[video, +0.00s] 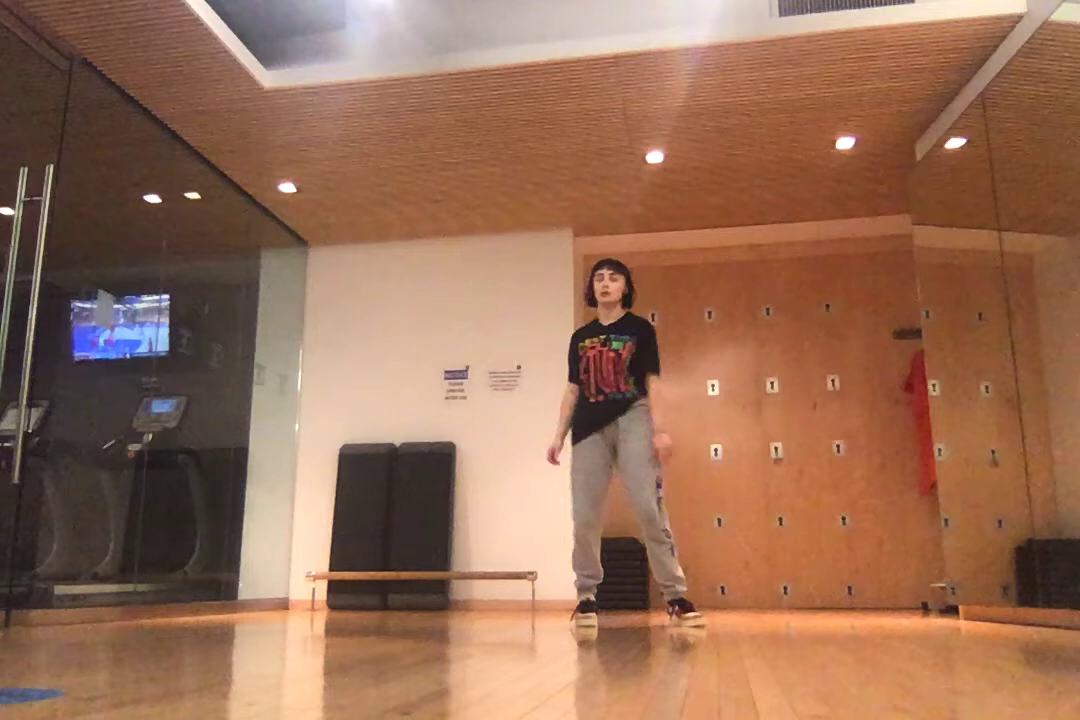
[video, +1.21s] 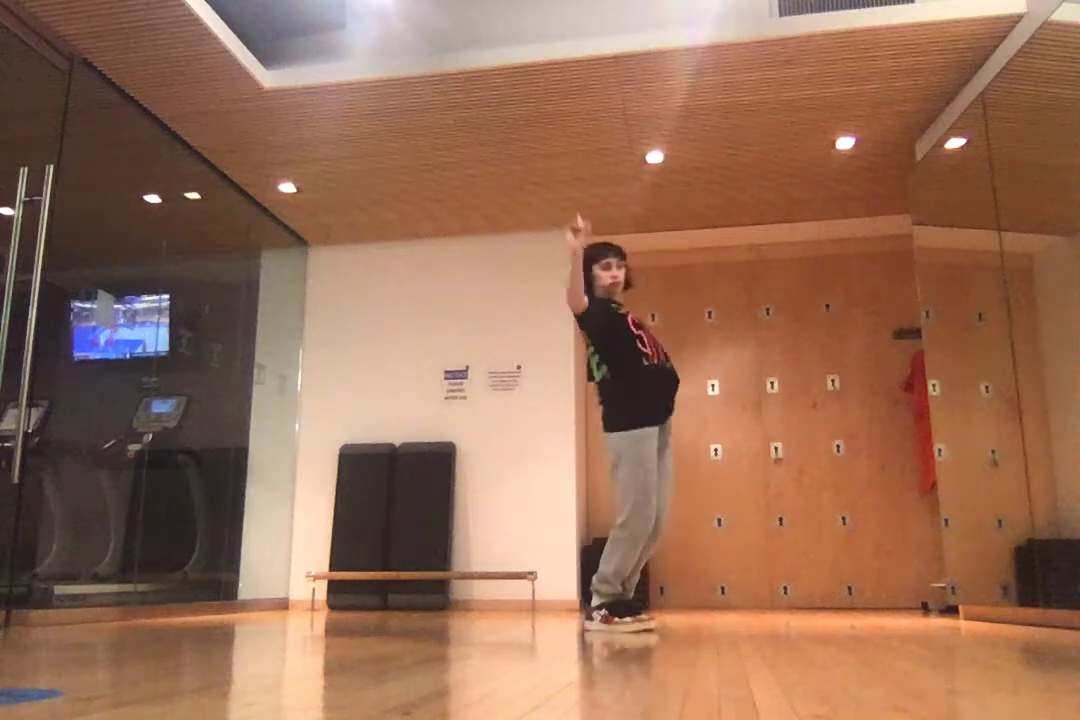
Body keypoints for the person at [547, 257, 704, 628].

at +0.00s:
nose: (606, 284)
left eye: (613, 279)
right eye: (600, 279)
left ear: (626, 287)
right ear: (592, 289)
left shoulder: (641, 328)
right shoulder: (581, 337)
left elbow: (652, 383)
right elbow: (573, 389)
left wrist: (660, 430)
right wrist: (560, 435)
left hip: (632, 419)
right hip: (589, 424)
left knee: (647, 506)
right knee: (584, 514)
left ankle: (676, 596)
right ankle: (587, 595)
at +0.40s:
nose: (661, 278)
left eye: (662, 274)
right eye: (652, 272)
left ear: (662, 284)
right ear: (633, 281)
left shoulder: (666, 328)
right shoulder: (617, 327)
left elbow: (668, 377)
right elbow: (603, 387)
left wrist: (690, 384)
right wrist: (604, 441)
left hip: (675, 426)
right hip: (639, 431)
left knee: (678, 515)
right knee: (629, 515)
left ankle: (678, 599)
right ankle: (599, 596)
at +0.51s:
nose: (669, 280)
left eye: (669, 275)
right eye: (660, 275)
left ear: (665, 287)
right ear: (642, 285)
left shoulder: (659, 328)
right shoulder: (634, 326)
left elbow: (670, 382)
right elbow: (633, 382)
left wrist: (697, 417)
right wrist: (632, 436)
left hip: (677, 431)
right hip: (648, 437)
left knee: (689, 518)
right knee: (658, 524)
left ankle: (678, 600)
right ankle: (620, 596)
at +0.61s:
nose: (670, 285)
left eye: (673, 279)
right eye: (661, 279)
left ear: (676, 290)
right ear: (643, 289)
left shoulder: (668, 338)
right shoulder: (636, 326)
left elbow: (680, 398)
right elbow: (645, 373)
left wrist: (698, 444)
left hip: (673, 431)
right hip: (639, 439)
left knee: (692, 516)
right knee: (669, 518)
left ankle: (677, 598)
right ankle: (641, 595)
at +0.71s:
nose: (673, 274)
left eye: (676, 268)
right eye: (664, 268)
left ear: (680, 278)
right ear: (646, 276)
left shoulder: (674, 323)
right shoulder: (632, 306)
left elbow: (666, 380)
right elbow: (622, 340)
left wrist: (691, 402)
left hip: (665, 417)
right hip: (628, 423)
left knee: (680, 505)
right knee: (656, 501)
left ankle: (677, 593)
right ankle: (633, 587)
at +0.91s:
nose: (669, 265)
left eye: (673, 260)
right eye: (660, 259)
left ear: (677, 270)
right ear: (642, 265)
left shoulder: (656, 304)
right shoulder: (623, 295)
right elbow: (572, 322)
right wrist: (604, 287)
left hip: (653, 412)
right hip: (617, 416)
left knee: (668, 501)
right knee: (625, 505)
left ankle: (630, 594)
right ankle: (600, 603)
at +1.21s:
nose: (613, 274)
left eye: (618, 267)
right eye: (604, 268)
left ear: (626, 274)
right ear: (590, 276)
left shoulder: (621, 316)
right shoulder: (596, 316)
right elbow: (575, 299)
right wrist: (576, 252)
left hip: (655, 424)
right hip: (630, 426)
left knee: (653, 519)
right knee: (638, 516)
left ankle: (618, 603)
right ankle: (604, 604)